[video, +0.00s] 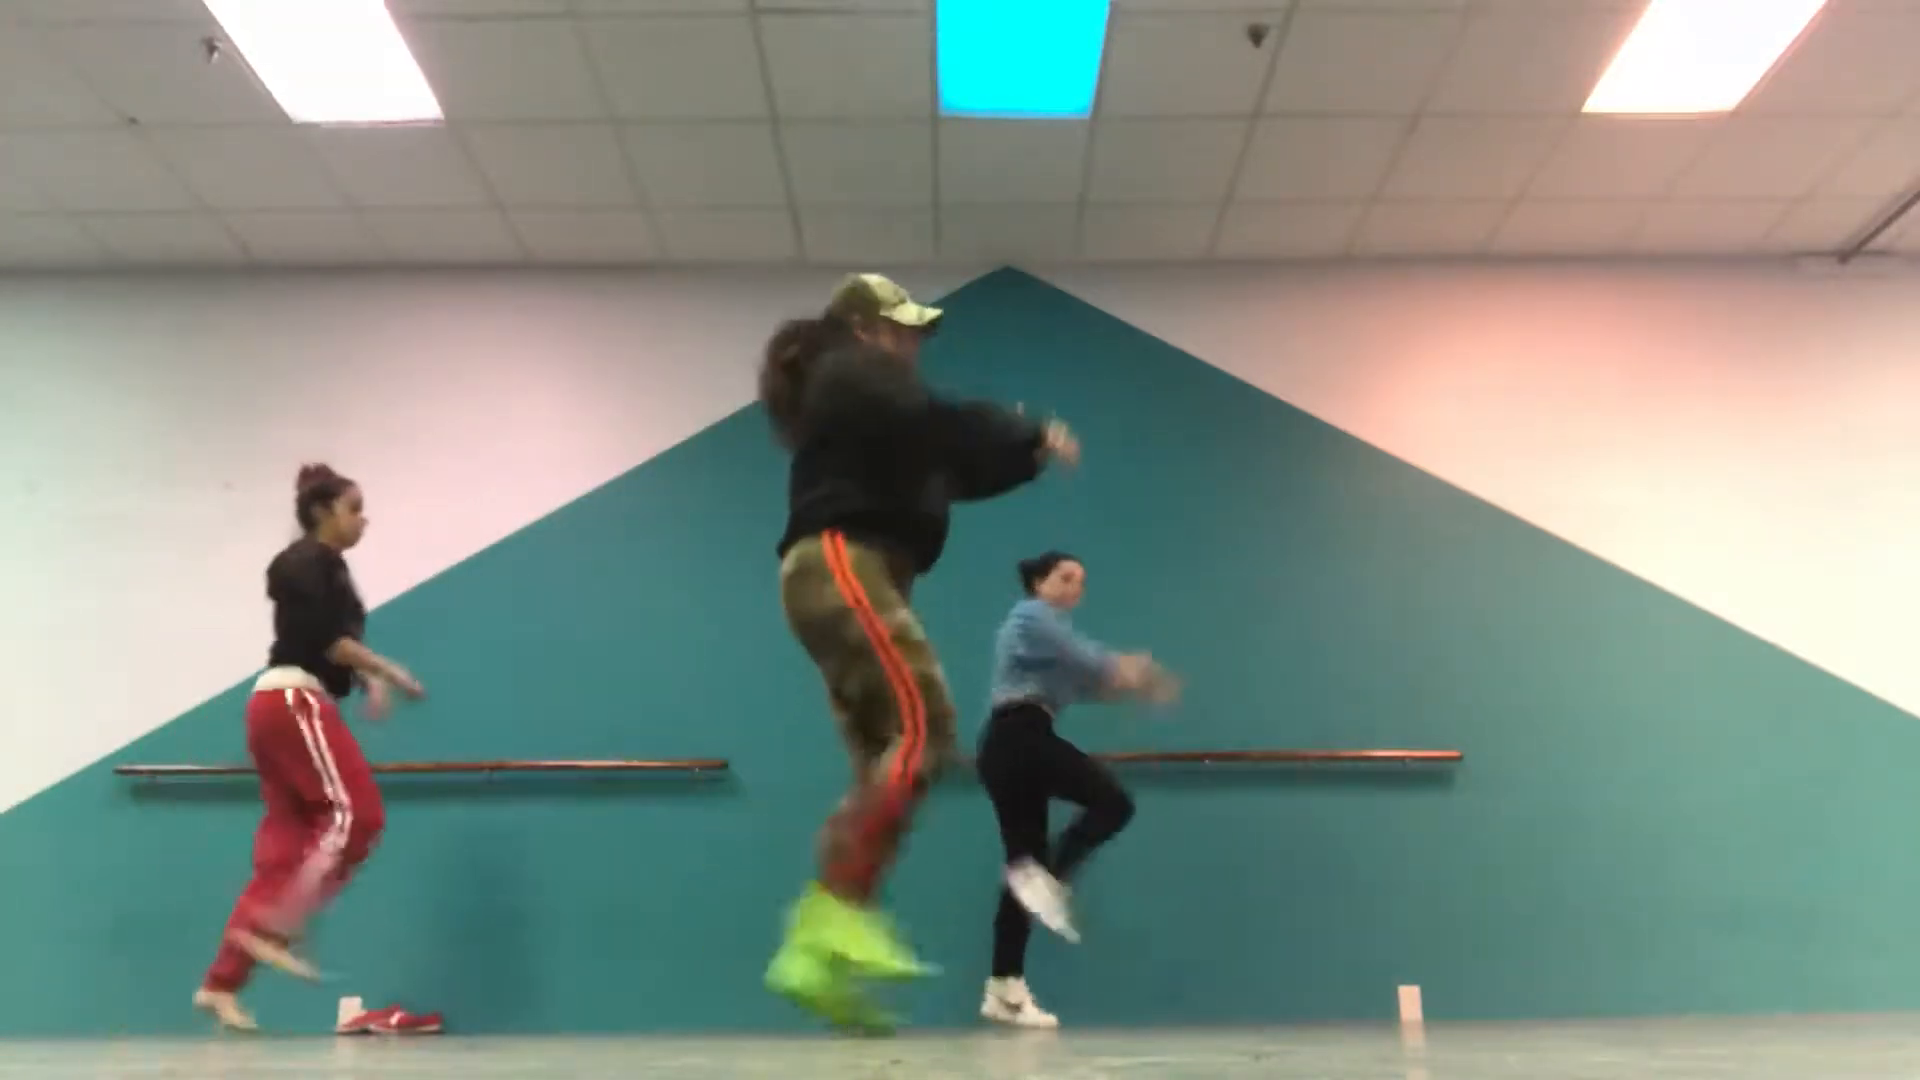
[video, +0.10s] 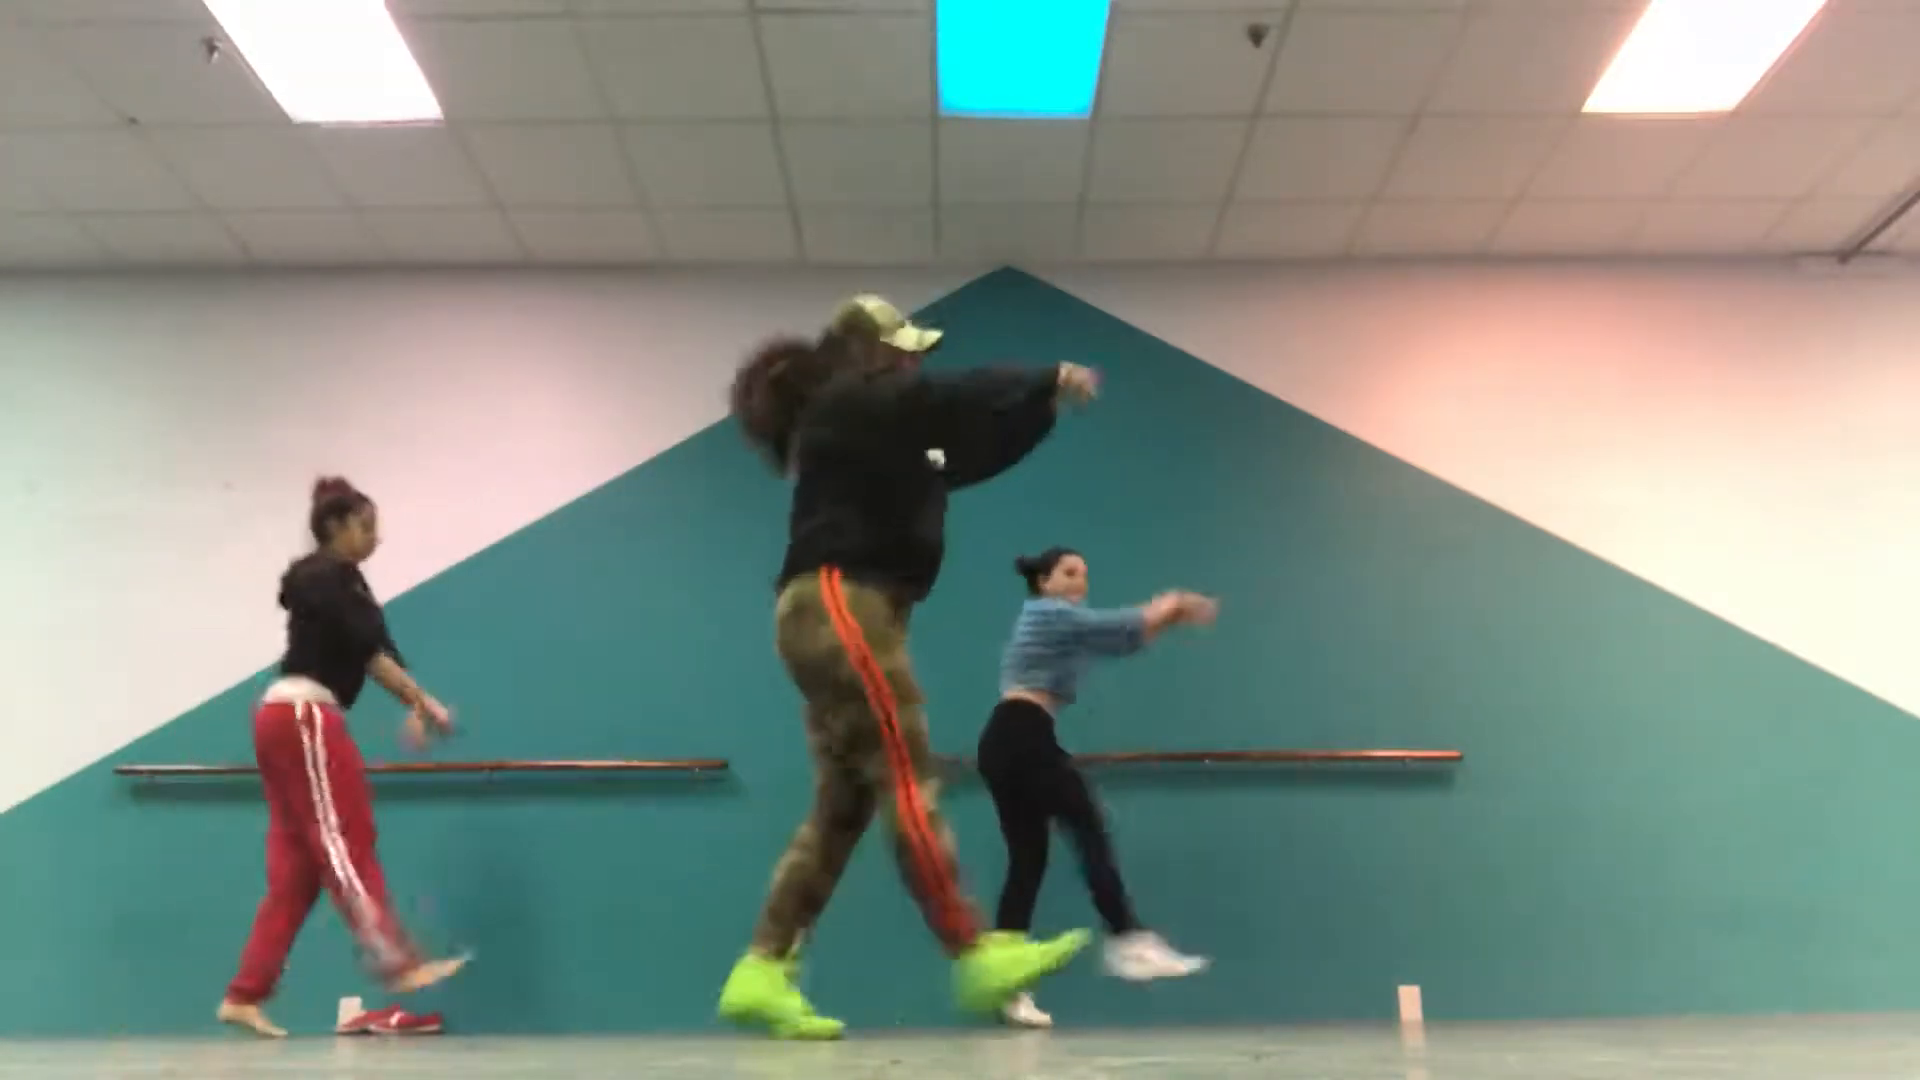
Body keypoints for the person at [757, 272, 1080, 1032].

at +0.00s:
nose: (915, 343)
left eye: (915, 333)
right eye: (903, 331)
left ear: (871, 329)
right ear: (864, 328)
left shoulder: (876, 394)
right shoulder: (847, 373)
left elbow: (949, 467)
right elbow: (929, 425)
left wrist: (1031, 453)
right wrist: (1027, 432)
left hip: (852, 570)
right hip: (838, 561)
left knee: (887, 760)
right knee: (920, 731)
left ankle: (822, 946)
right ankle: (839, 902)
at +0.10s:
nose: (919, 366)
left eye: (918, 355)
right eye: (908, 354)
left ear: (879, 352)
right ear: (868, 351)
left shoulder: (900, 428)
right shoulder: (849, 401)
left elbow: (975, 452)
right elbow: (946, 397)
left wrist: (1043, 408)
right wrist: (1048, 379)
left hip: (862, 608)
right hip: (836, 599)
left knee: (844, 798)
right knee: (905, 767)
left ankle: (765, 969)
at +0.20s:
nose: (921, 367)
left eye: (920, 356)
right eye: (909, 355)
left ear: (861, 354)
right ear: (871, 351)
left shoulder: (894, 421)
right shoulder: (853, 399)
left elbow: (975, 444)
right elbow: (951, 406)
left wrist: (1061, 417)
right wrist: (1074, 398)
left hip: (839, 620)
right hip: (834, 615)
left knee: (849, 810)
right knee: (931, 774)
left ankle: (760, 977)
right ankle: (997, 966)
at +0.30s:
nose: (929, 361)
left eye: (928, 349)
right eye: (917, 348)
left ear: (876, 348)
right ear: (881, 346)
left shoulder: (882, 405)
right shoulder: (873, 396)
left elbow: (969, 467)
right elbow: (957, 450)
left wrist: (1049, 519)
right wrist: (1050, 497)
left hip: (857, 597)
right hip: (851, 594)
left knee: (905, 794)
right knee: (938, 767)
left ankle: (809, 947)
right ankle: (968, 960)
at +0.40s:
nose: (951, 383)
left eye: (951, 370)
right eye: (940, 369)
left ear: (913, 371)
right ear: (901, 368)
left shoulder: (933, 445)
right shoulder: (873, 426)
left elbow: (974, 536)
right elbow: (907, 532)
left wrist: (1001, 612)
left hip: (883, 621)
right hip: (859, 617)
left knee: (947, 798)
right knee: (956, 785)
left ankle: (826, 926)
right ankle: (945, 979)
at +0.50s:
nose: (971, 397)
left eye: (970, 385)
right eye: (963, 385)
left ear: (930, 386)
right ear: (929, 385)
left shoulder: (946, 464)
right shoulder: (890, 454)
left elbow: (926, 564)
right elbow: (865, 556)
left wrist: (936, 665)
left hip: (901, 648)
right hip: (876, 650)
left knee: (938, 834)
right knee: (980, 795)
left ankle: (805, 923)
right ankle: (947, 981)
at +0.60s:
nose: (970, 403)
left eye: (968, 391)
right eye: (960, 390)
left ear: (930, 394)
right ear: (922, 393)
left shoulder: (935, 464)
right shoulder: (885, 457)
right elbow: (830, 530)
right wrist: (778, 617)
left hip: (891, 655)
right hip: (857, 654)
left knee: (881, 838)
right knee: (970, 779)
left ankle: (751, 941)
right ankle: (945, 976)